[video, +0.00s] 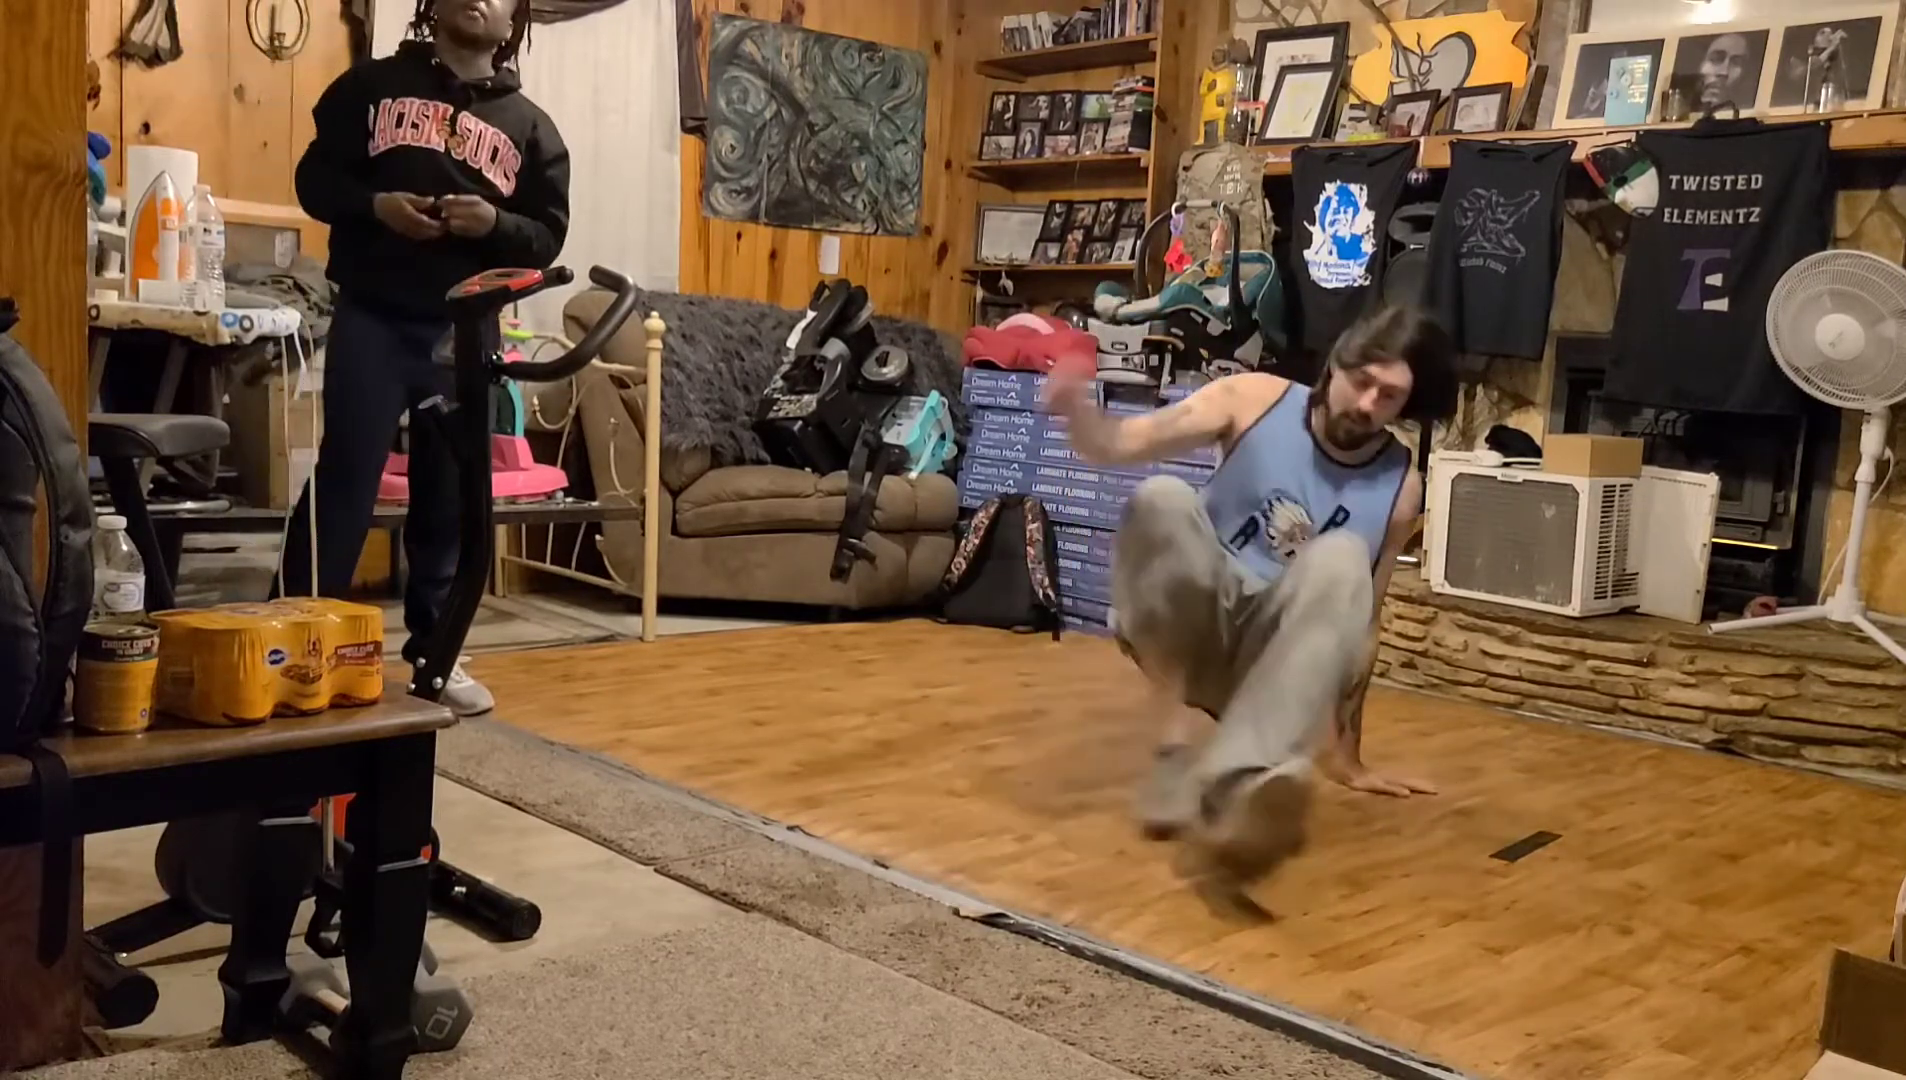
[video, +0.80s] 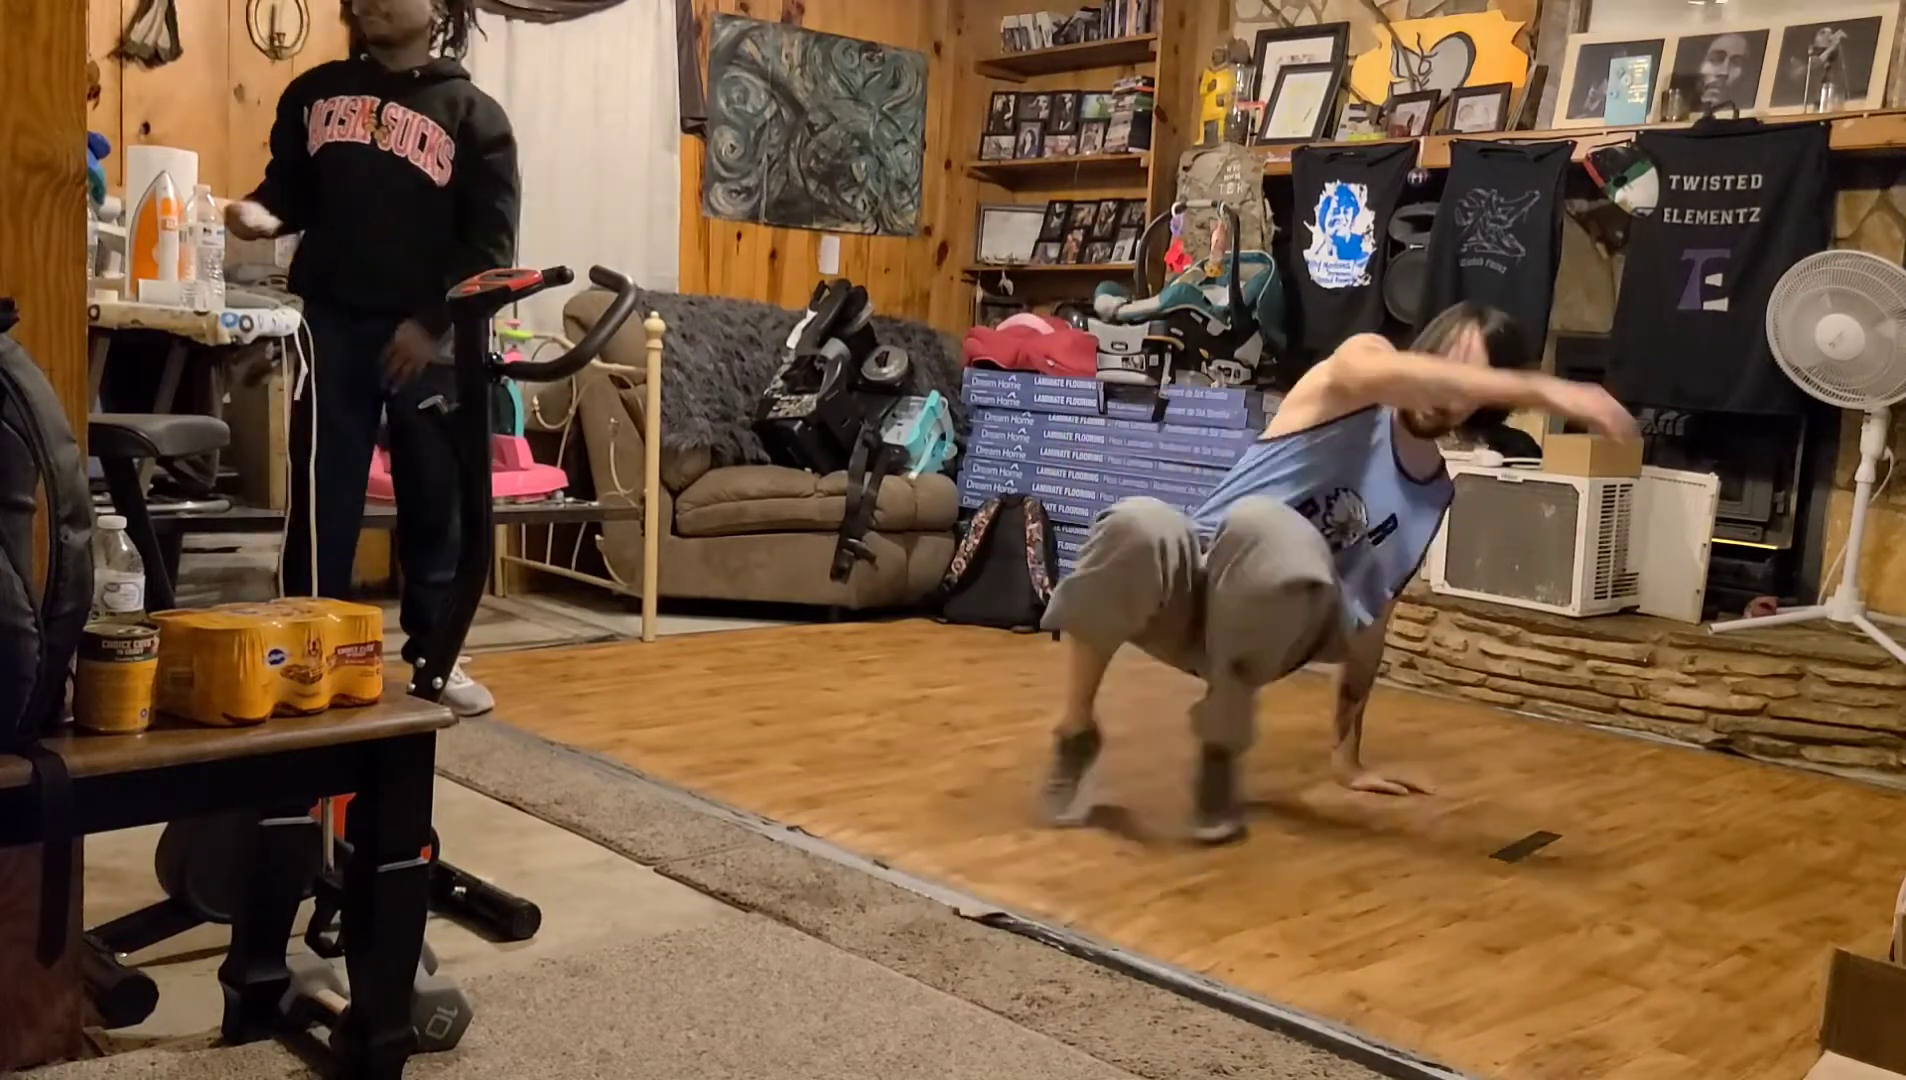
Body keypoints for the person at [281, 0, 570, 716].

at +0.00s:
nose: (482, 3)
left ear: (513, 21)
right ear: (434, 6)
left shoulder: (532, 127)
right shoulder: (369, 85)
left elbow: (548, 238)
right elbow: (314, 181)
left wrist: (496, 223)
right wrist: (376, 204)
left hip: (465, 332)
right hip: (372, 323)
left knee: (449, 500)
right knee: (346, 487)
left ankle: (435, 657)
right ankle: (294, 648)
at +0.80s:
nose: (372, 2)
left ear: (435, 10)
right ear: (353, 9)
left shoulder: (472, 114)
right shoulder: (312, 93)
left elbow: (491, 242)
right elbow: (290, 193)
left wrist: (434, 320)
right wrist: (259, 211)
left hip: (428, 334)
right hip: (331, 329)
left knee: (437, 501)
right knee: (324, 497)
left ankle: (436, 658)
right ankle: (309, 656)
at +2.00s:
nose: (292, 12)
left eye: (311, 1)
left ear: (349, 10)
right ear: (265, 8)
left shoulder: (400, 98)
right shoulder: (230, 96)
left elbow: (438, 221)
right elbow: (213, 221)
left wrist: (394, 306)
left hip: (392, 321)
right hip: (292, 327)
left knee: (422, 490)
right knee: (301, 492)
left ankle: (442, 658)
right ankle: (299, 657)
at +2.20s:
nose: (292, 14)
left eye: (310, 2)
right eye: (280, 1)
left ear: (347, 12)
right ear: (263, 9)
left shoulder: (397, 101)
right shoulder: (227, 97)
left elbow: (430, 223)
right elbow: (208, 224)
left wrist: (394, 322)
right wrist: (211, 318)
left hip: (388, 324)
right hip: (288, 328)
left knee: (423, 490)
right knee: (300, 493)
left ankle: (444, 658)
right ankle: (299, 658)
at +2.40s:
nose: (282, 12)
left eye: (300, 1)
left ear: (341, 9)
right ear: (255, 8)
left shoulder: (389, 99)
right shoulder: (221, 95)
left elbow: (424, 224)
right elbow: (200, 219)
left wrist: (383, 316)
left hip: (385, 318)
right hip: (285, 324)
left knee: (418, 485)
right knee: (298, 491)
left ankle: (442, 657)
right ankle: (299, 656)